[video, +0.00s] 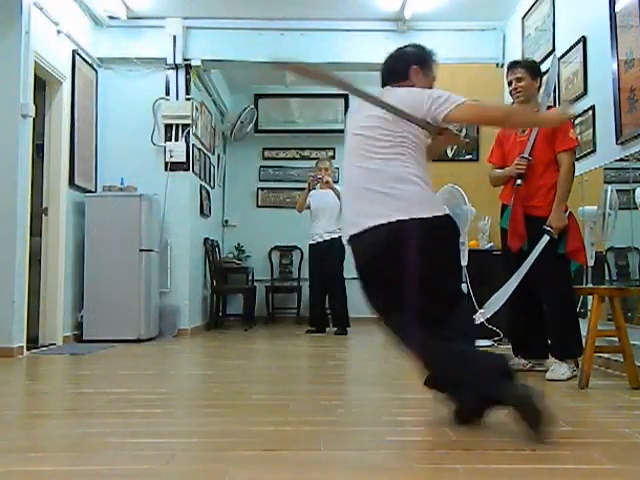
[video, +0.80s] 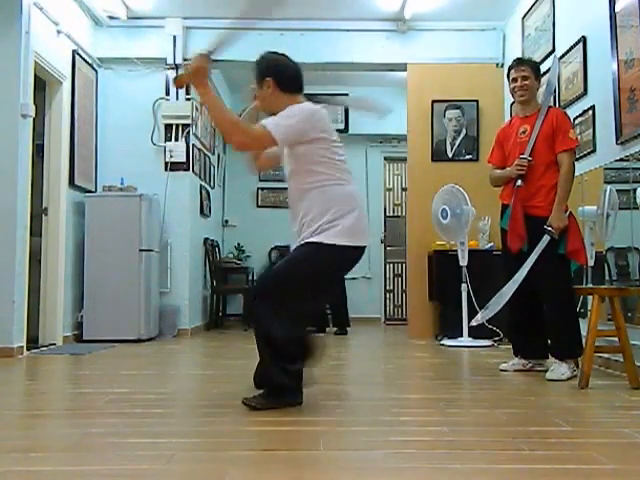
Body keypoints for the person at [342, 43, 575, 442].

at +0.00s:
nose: (433, 85)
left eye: (433, 79)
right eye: (431, 78)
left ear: (388, 74)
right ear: (413, 73)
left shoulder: (361, 106)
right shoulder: (418, 98)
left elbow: (404, 152)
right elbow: (494, 114)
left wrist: (440, 140)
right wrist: (548, 117)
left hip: (367, 232)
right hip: (423, 221)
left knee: (412, 327)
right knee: (447, 310)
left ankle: (501, 387)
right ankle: (467, 397)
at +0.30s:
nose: (440, 83)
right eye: (440, 78)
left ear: (396, 77)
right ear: (435, 77)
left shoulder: (377, 109)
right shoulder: (436, 97)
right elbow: (511, 120)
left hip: (385, 222)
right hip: (442, 213)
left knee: (434, 316)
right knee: (463, 304)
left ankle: (505, 383)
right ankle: (480, 399)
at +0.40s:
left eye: (380, 73)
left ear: (380, 74)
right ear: (420, 75)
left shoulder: (361, 98)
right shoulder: (442, 102)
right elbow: (460, 149)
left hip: (385, 219)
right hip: (443, 217)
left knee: (375, 312)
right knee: (455, 303)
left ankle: (425, 369)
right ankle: (478, 397)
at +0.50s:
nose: (352, 77)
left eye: (353, 72)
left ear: (358, 73)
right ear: (392, 74)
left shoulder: (349, 92)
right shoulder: (417, 100)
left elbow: (342, 148)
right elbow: (383, 110)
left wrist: (336, 176)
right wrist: (340, 96)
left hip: (377, 219)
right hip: (433, 220)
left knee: (338, 298)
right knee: (443, 310)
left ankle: (334, 388)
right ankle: (476, 394)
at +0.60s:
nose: (317, 79)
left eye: (319, 73)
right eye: (320, 73)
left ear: (325, 75)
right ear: (357, 74)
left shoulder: (328, 96)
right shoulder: (384, 100)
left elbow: (273, 131)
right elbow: (343, 80)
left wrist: (221, 149)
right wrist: (329, 43)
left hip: (360, 233)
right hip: (405, 231)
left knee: (296, 308)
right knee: (408, 318)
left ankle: (292, 386)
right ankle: (462, 371)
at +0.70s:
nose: (281, 89)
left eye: (283, 82)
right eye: (281, 83)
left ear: (296, 79)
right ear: (319, 77)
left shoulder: (306, 105)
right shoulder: (347, 106)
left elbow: (240, 118)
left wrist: (173, 102)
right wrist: (327, 70)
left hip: (343, 232)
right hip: (372, 232)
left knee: (281, 297)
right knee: (342, 314)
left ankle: (284, 389)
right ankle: (399, 354)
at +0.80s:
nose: (255, 97)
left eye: (258, 89)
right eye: (255, 91)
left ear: (272, 85)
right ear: (287, 85)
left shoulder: (306, 114)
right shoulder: (298, 125)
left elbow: (242, 137)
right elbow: (260, 163)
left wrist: (203, 87)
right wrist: (251, 124)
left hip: (336, 236)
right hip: (318, 236)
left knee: (265, 297)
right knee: (267, 296)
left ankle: (283, 390)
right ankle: (298, 346)